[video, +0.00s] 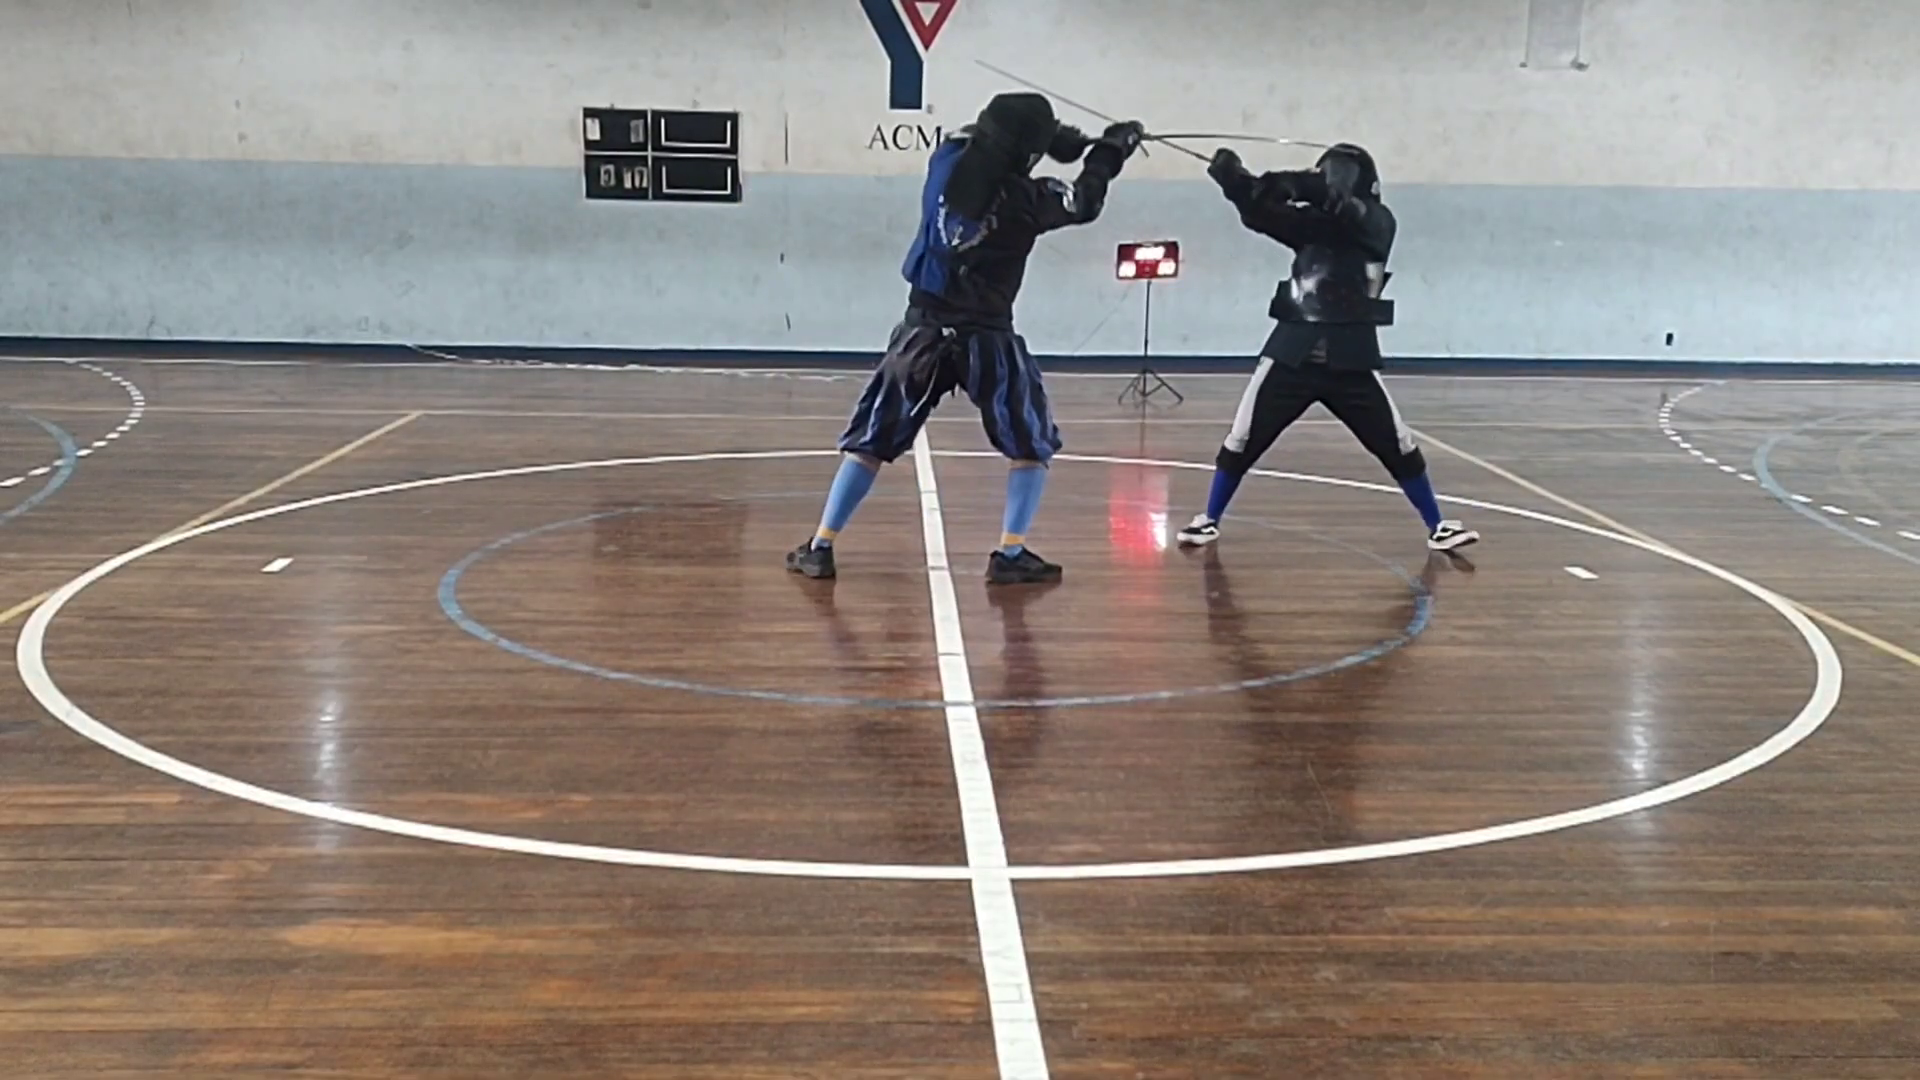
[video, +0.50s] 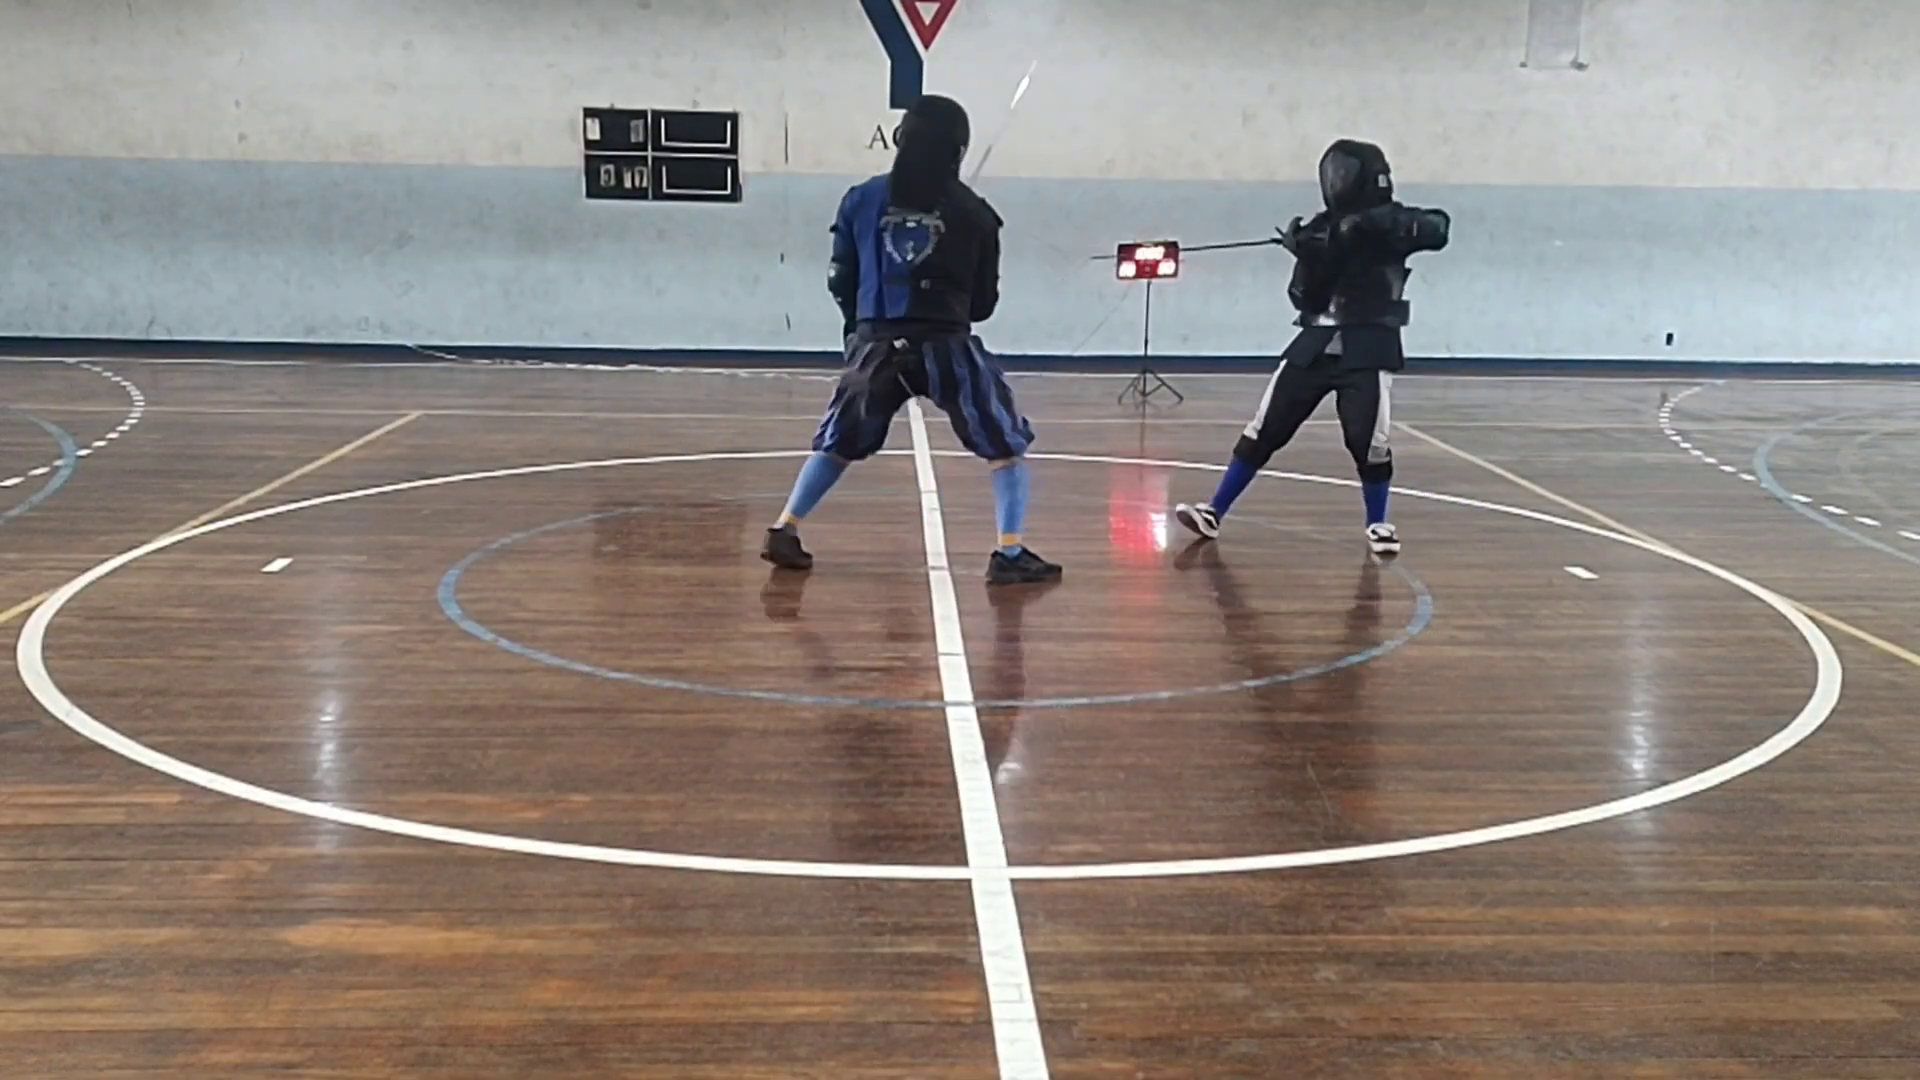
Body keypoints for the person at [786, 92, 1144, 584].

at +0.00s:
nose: (1043, 149)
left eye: (1047, 139)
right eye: (1041, 140)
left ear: (988, 127)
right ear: (1025, 147)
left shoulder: (945, 159)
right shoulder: (1025, 198)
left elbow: (993, 132)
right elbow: (1084, 200)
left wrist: (1056, 138)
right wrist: (1110, 149)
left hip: (921, 329)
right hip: (988, 338)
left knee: (874, 434)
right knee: (1032, 441)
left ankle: (819, 546)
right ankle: (1010, 553)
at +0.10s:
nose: (1039, 152)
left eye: (1038, 144)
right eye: (1039, 144)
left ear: (984, 127)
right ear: (1029, 147)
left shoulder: (939, 162)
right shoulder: (1027, 197)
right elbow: (1067, 255)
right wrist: (1074, 204)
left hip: (919, 331)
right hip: (985, 337)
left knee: (873, 433)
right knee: (1031, 440)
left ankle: (819, 546)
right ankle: (1011, 551)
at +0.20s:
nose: (1032, 158)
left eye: (1033, 148)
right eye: (1032, 149)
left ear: (976, 129)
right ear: (1024, 151)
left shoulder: (924, 172)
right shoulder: (1025, 209)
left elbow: (897, 244)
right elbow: (1034, 294)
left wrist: (947, 245)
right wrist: (1029, 239)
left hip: (916, 333)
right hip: (986, 339)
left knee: (873, 435)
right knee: (1031, 440)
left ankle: (819, 546)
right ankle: (1011, 552)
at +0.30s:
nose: (1024, 156)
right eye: (1024, 147)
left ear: (963, 133)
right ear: (1015, 151)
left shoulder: (910, 186)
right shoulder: (1022, 219)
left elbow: (885, 261)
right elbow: (1014, 306)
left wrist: (905, 306)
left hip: (909, 337)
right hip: (981, 344)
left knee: (861, 434)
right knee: (1030, 440)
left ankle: (818, 546)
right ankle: (1011, 552)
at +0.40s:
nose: (997, 155)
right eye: (995, 145)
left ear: (938, 138)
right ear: (992, 151)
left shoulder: (890, 194)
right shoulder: (1004, 218)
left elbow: (867, 272)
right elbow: (1004, 307)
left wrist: (880, 321)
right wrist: (954, 313)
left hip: (896, 339)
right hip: (968, 345)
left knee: (850, 430)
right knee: (1022, 438)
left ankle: (804, 537)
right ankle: (1011, 551)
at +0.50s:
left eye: (903, 135)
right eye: (961, 144)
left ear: (902, 141)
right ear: (959, 148)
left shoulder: (860, 200)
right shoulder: (975, 213)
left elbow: (842, 282)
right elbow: (982, 303)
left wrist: (862, 328)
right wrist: (934, 310)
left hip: (875, 344)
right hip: (946, 346)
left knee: (841, 438)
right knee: (1005, 443)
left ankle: (784, 528)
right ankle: (1010, 550)